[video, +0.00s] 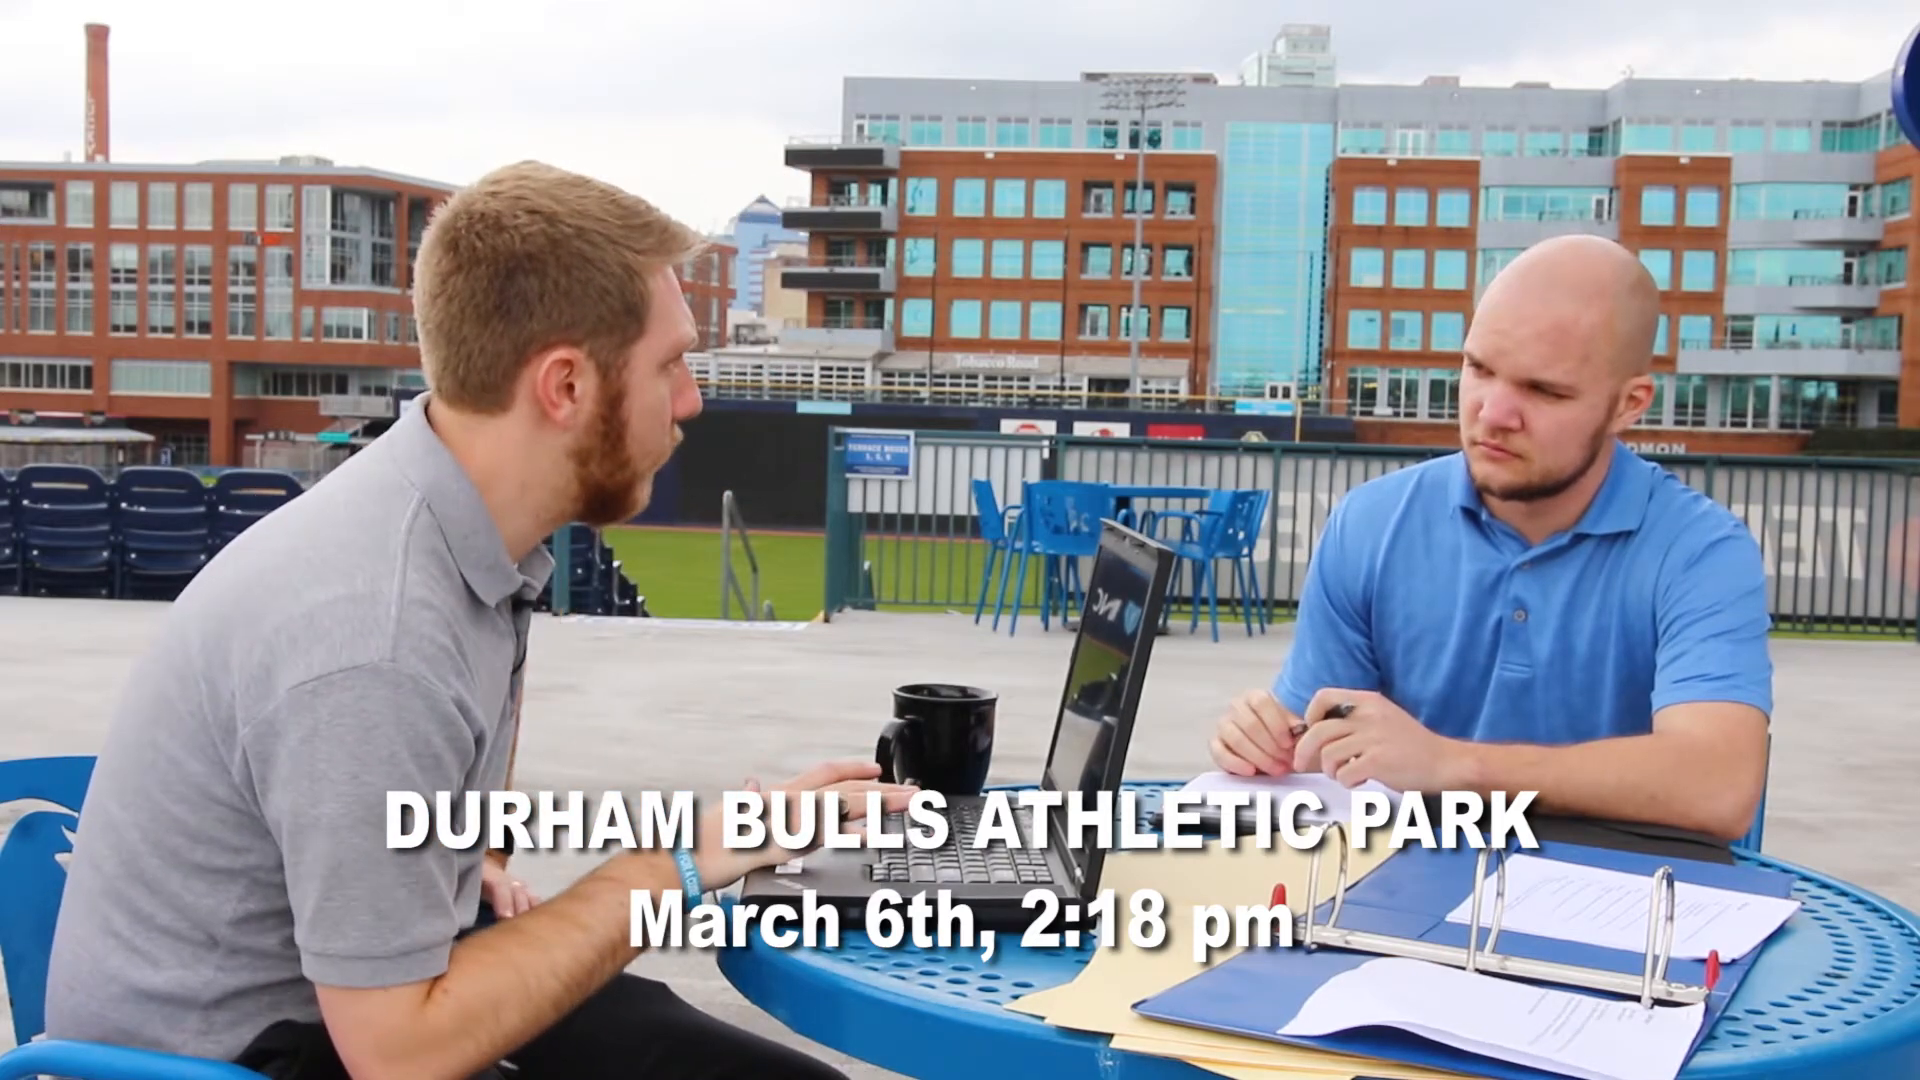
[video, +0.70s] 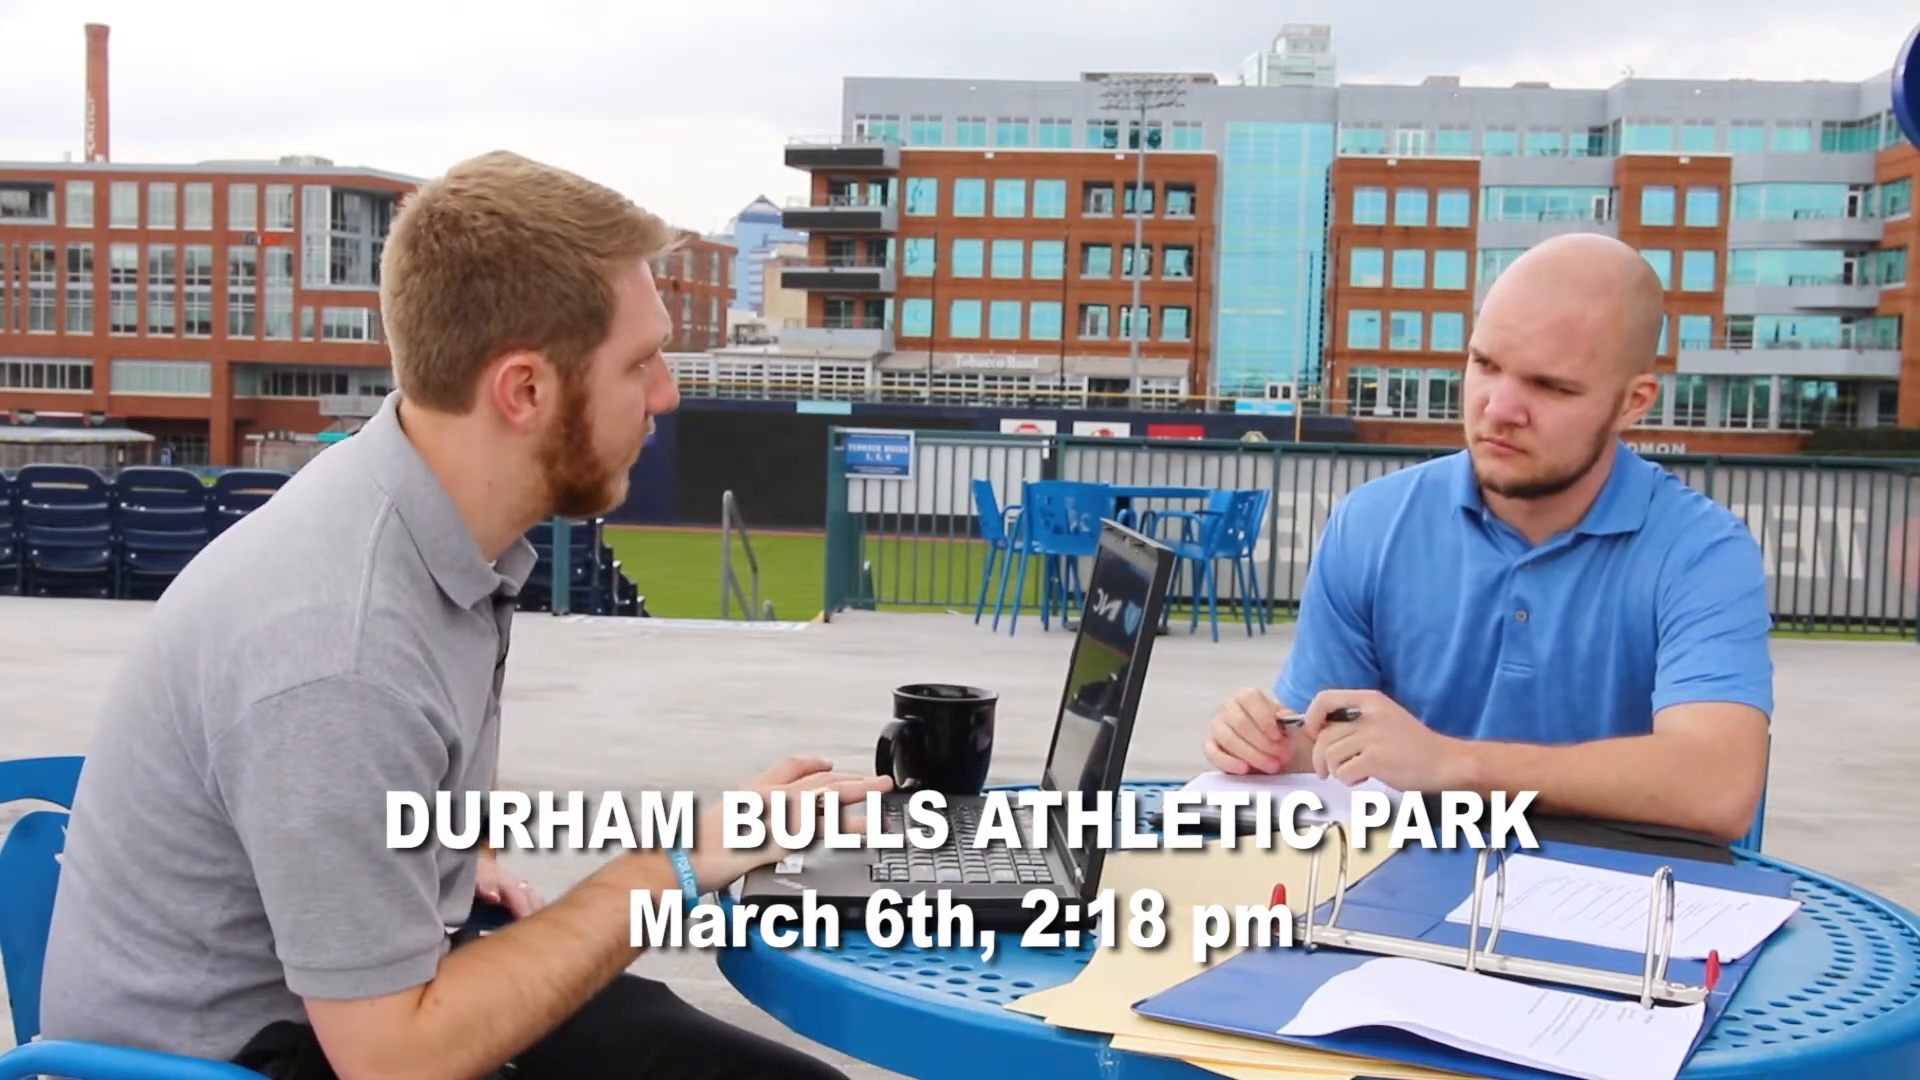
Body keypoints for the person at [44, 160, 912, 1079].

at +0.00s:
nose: (694, 402)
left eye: (688, 365)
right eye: (674, 369)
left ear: (562, 389)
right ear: (565, 389)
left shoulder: (464, 526)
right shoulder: (365, 642)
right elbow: (404, 1047)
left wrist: (467, 857)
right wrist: (690, 860)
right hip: (212, 1048)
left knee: (803, 1063)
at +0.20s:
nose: (692, 400)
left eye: (685, 363)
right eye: (670, 367)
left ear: (555, 388)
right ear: (559, 388)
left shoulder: (458, 525)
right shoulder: (362, 641)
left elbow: (444, 755)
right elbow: (400, 1048)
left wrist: (474, 860)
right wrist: (685, 859)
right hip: (212, 1048)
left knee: (798, 1064)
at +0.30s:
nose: (685, 393)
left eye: (678, 356)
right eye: (660, 362)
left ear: (539, 391)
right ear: (546, 389)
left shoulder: (455, 521)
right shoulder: (355, 640)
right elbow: (399, 1046)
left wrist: (458, 841)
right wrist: (687, 856)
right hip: (212, 1042)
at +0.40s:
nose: (678, 390)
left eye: (669, 353)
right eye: (652, 359)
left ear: (528, 393)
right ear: (535, 391)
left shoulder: (445, 524)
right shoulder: (343, 646)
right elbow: (392, 1049)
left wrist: (449, 852)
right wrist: (692, 858)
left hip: (374, 957)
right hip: (216, 1042)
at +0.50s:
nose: (671, 393)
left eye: (664, 356)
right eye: (647, 361)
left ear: (519, 395)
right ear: (527, 393)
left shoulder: (436, 515)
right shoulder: (335, 657)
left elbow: (494, 651)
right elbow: (396, 1050)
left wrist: (465, 840)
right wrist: (687, 854)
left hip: (381, 947)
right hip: (214, 1044)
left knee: (805, 1067)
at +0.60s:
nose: (668, 396)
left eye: (661, 359)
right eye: (643, 364)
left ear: (516, 394)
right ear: (523, 393)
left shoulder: (427, 514)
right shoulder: (332, 657)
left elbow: (492, 654)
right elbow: (398, 1049)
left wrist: (468, 838)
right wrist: (686, 854)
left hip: (376, 954)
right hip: (212, 1044)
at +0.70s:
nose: (669, 398)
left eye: (661, 360)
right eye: (643, 365)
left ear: (515, 395)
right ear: (523, 393)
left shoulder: (424, 523)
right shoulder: (332, 654)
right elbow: (399, 1054)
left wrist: (450, 852)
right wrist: (684, 856)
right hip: (214, 1045)